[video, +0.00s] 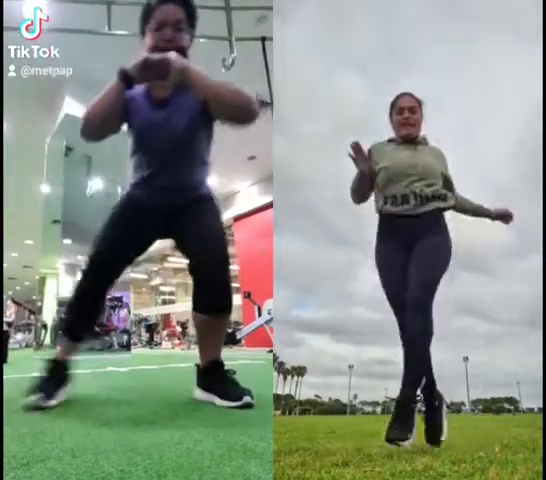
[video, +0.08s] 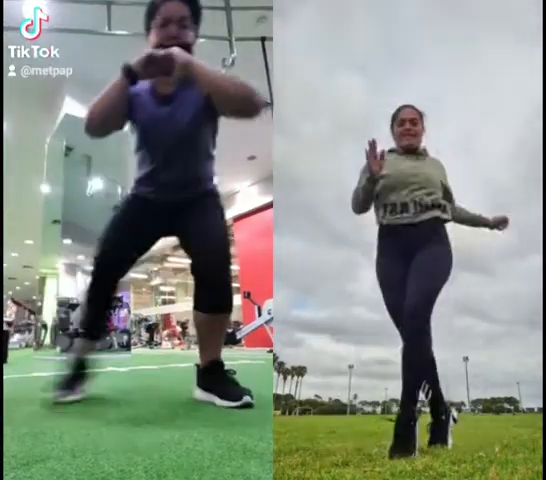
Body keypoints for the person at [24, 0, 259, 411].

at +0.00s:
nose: (169, 36)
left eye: (179, 28)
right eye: (160, 28)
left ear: (191, 38)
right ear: (144, 38)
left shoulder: (202, 88)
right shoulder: (131, 90)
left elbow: (247, 113)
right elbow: (90, 130)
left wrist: (187, 73)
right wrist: (127, 78)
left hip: (193, 202)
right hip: (142, 202)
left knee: (214, 273)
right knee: (98, 273)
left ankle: (211, 372)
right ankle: (58, 369)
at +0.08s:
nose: (172, 33)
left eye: (182, 25)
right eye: (163, 24)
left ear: (195, 36)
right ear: (148, 33)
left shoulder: (206, 84)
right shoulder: (136, 91)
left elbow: (252, 104)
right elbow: (95, 125)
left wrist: (190, 66)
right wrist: (131, 74)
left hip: (199, 201)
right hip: (147, 201)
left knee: (215, 274)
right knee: (107, 265)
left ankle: (211, 373)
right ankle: (78, 367)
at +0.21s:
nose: (186, 30)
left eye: (196, 22)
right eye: (177, 21)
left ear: (210, 32)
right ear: (162, 31)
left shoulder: (218, 82)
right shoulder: (148, 87)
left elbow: (263, 99)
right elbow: (107, 124)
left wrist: (204, 62)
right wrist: (144, 72)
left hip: (206, 198)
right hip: (156, 198)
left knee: (214, 277)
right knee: (134, 278)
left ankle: (210, 372)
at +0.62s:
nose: (175, 9)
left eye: (182, 5)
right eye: (169, 4)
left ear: (194, 11)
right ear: (159, 11)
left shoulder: (214, 50)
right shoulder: (136, 54)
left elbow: (250, 93)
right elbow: (109, 106)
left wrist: (260, 95)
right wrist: (94, 106)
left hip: (203, 167)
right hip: (152, 172)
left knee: (219, 262)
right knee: (146, 261)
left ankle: (227, 363)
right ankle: (156, 337)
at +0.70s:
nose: (163, 6)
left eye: (170, 2)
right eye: (158, 2)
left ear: (184, 9)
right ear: (149, 11)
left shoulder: (205, 45)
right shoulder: (129, 55)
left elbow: (240, 91)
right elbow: (108, 117)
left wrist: (259, 116)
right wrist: (86, 137)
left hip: (198, 161)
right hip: (147, 167)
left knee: (230, 257)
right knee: (124, 264)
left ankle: (258, 349)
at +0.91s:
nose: (153, 22)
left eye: (163, 16)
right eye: (146, 16)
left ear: (176, 28)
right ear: (134, 29)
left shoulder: (194, 76)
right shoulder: (118, 82)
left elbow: (222, 133)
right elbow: (105, 143)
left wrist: (246, 176)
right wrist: (85, 168)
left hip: (188, 192)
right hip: (130, 193)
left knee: (232, 277)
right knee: (94, 283)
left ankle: (269, 368)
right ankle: (75, 373)